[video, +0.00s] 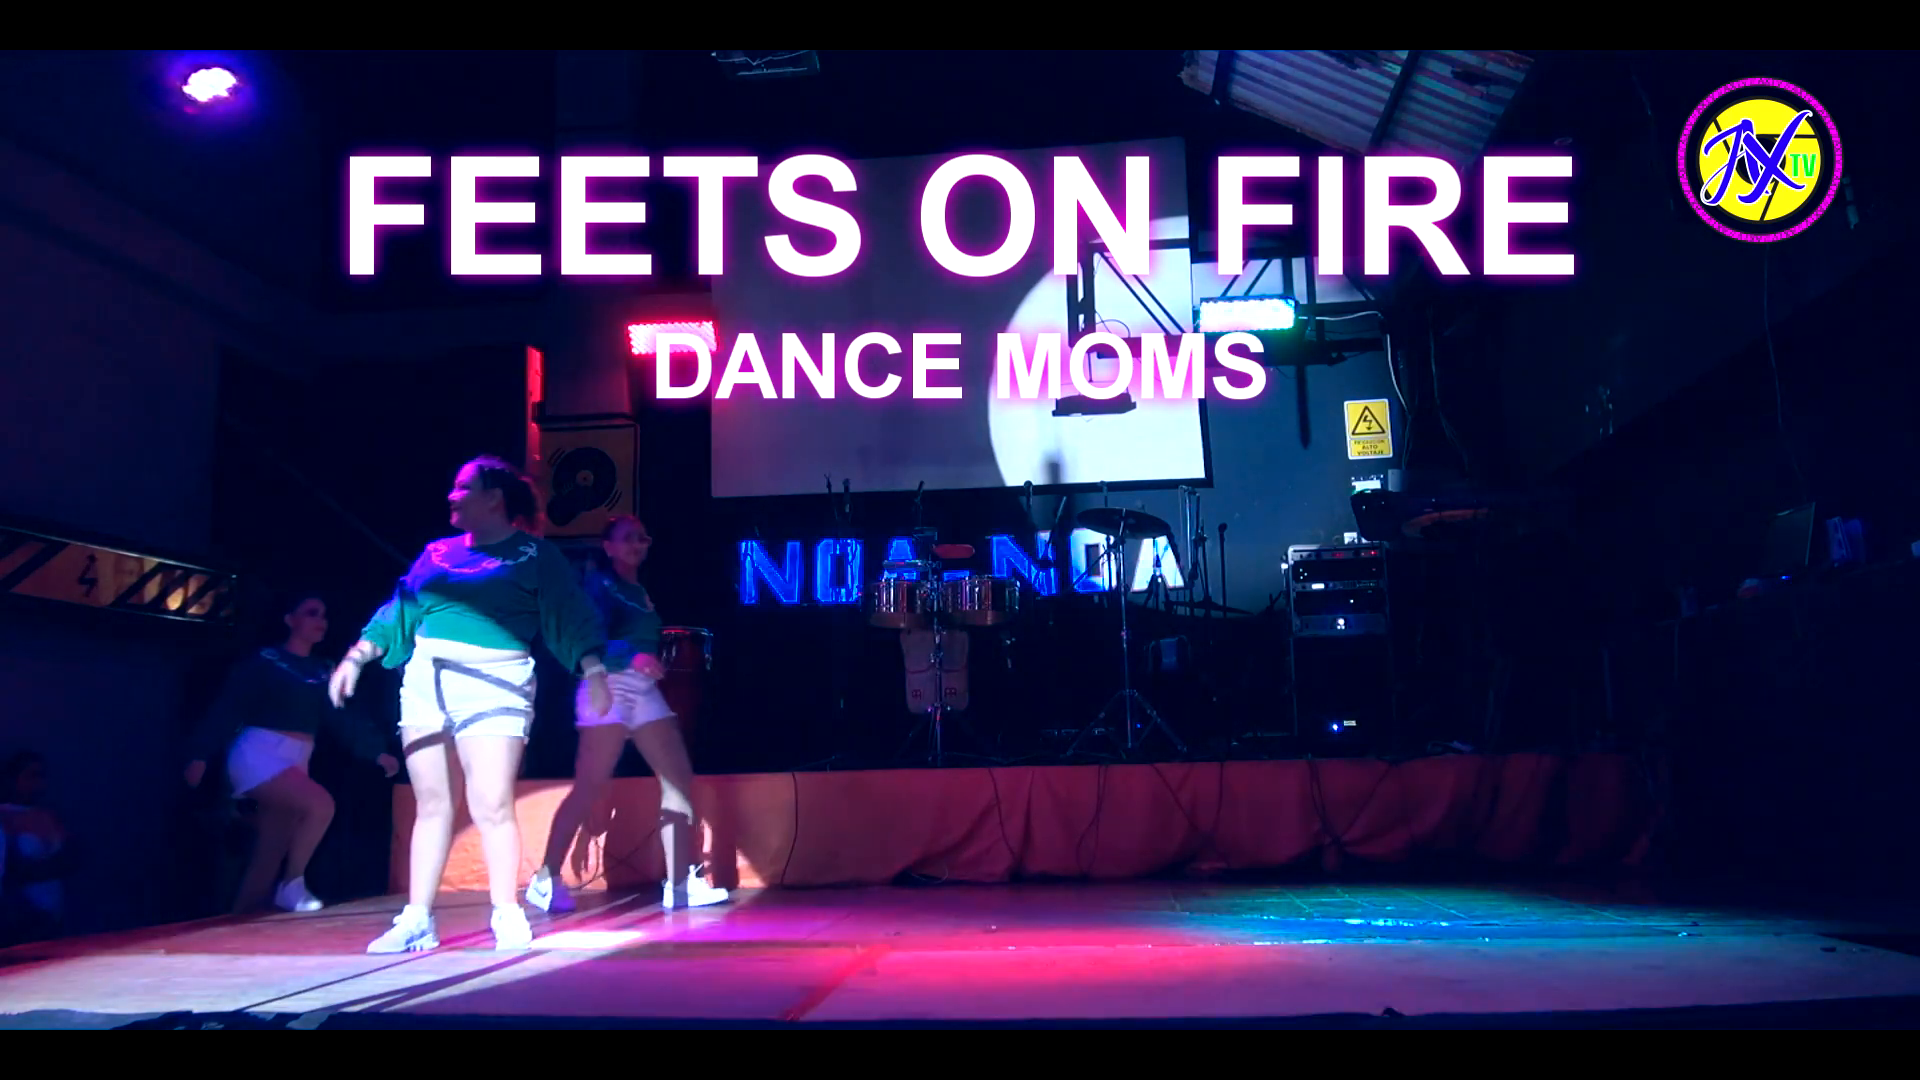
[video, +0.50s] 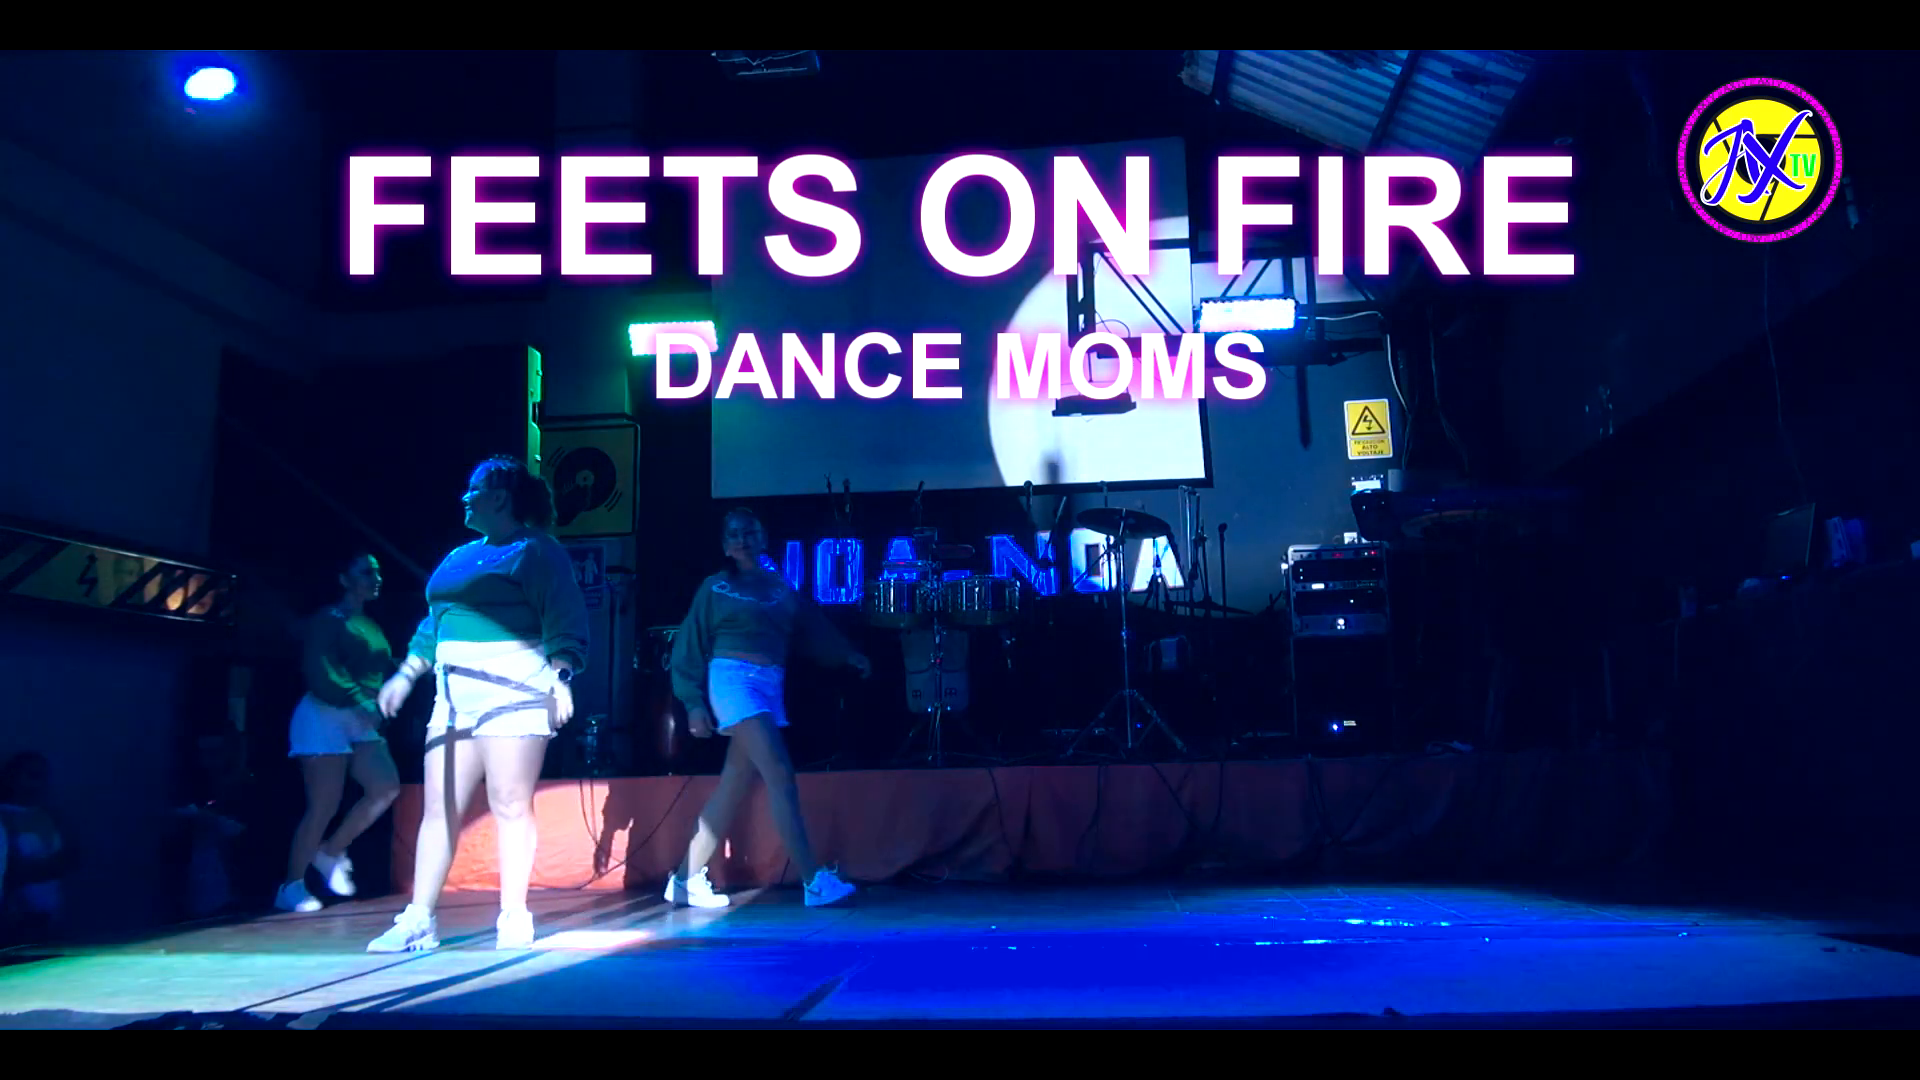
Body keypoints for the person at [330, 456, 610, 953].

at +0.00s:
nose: (453, 496)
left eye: (465, 489)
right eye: (454, 489)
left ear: (498, 500)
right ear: (466, 500)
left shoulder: (536, 556)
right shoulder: (437, 553)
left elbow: (573, 615)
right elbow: (399, 609)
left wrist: (595, 672)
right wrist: (358, 654)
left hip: (494, 681)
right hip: (424, 680)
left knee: (493, 804)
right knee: (432, 806)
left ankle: (506, 912)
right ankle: (417, 918)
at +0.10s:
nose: (450, 493)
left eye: (461, 486)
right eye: (452, 485)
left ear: (493, 497)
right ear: (472, 497)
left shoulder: (530, 552)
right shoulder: (436, 551)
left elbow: (565, 616)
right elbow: (412, 611)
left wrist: (571, 677)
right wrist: (368, 621)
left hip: (494, 677)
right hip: (427, 677)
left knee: (489, 802)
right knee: (433, 804)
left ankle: (507, 912)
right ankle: (418, 918)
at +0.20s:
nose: (450, 491)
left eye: (461, 484)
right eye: (453, 483)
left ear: (492, 494)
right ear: (472, 495)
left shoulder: (528, 550)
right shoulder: (434, 550)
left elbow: (562, 612)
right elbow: (413, 619)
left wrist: (558, 676)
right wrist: (377, 604)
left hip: (498, 677)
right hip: (433, 681)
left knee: (489, 800)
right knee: (438, 805)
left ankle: (509, 912)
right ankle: (419, 917)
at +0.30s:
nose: (452, 493)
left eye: (463, 485)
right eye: (455, 485)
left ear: (491, 495)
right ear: (474, 496)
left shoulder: (529, 549)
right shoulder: (440, 551)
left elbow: (563, 613)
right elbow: (417, 618)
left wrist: (555, 678)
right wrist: (386, 606)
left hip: (503, 682)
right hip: (440, 685)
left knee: (493, 802)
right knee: (443, 806)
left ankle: (511, 914)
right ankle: (419, 917)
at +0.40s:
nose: (459, 496)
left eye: (470, 490)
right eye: (462, 489)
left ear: (498, 498)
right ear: (482, 499)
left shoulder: (534, 550)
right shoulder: (449, 554)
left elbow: (566, 616)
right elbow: (421, 604)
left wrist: (559, 678)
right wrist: (397, 624)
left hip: (509, 689)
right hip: (448, 692)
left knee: (501, 806)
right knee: (443, 809)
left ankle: (512, 915)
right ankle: (419, 917)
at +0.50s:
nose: (466, 498)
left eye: (477, 491)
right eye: (468, 490)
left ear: (506, 499)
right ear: (482, 500)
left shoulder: (540, 552)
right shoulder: (456, 557)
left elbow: (564, 616)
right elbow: (434, 623)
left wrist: (560, 675)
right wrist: (406, 675)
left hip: (517, 689)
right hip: (454, 693)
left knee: (510, 803)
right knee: (440, 808)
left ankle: (514, 915)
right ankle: (419, 917)